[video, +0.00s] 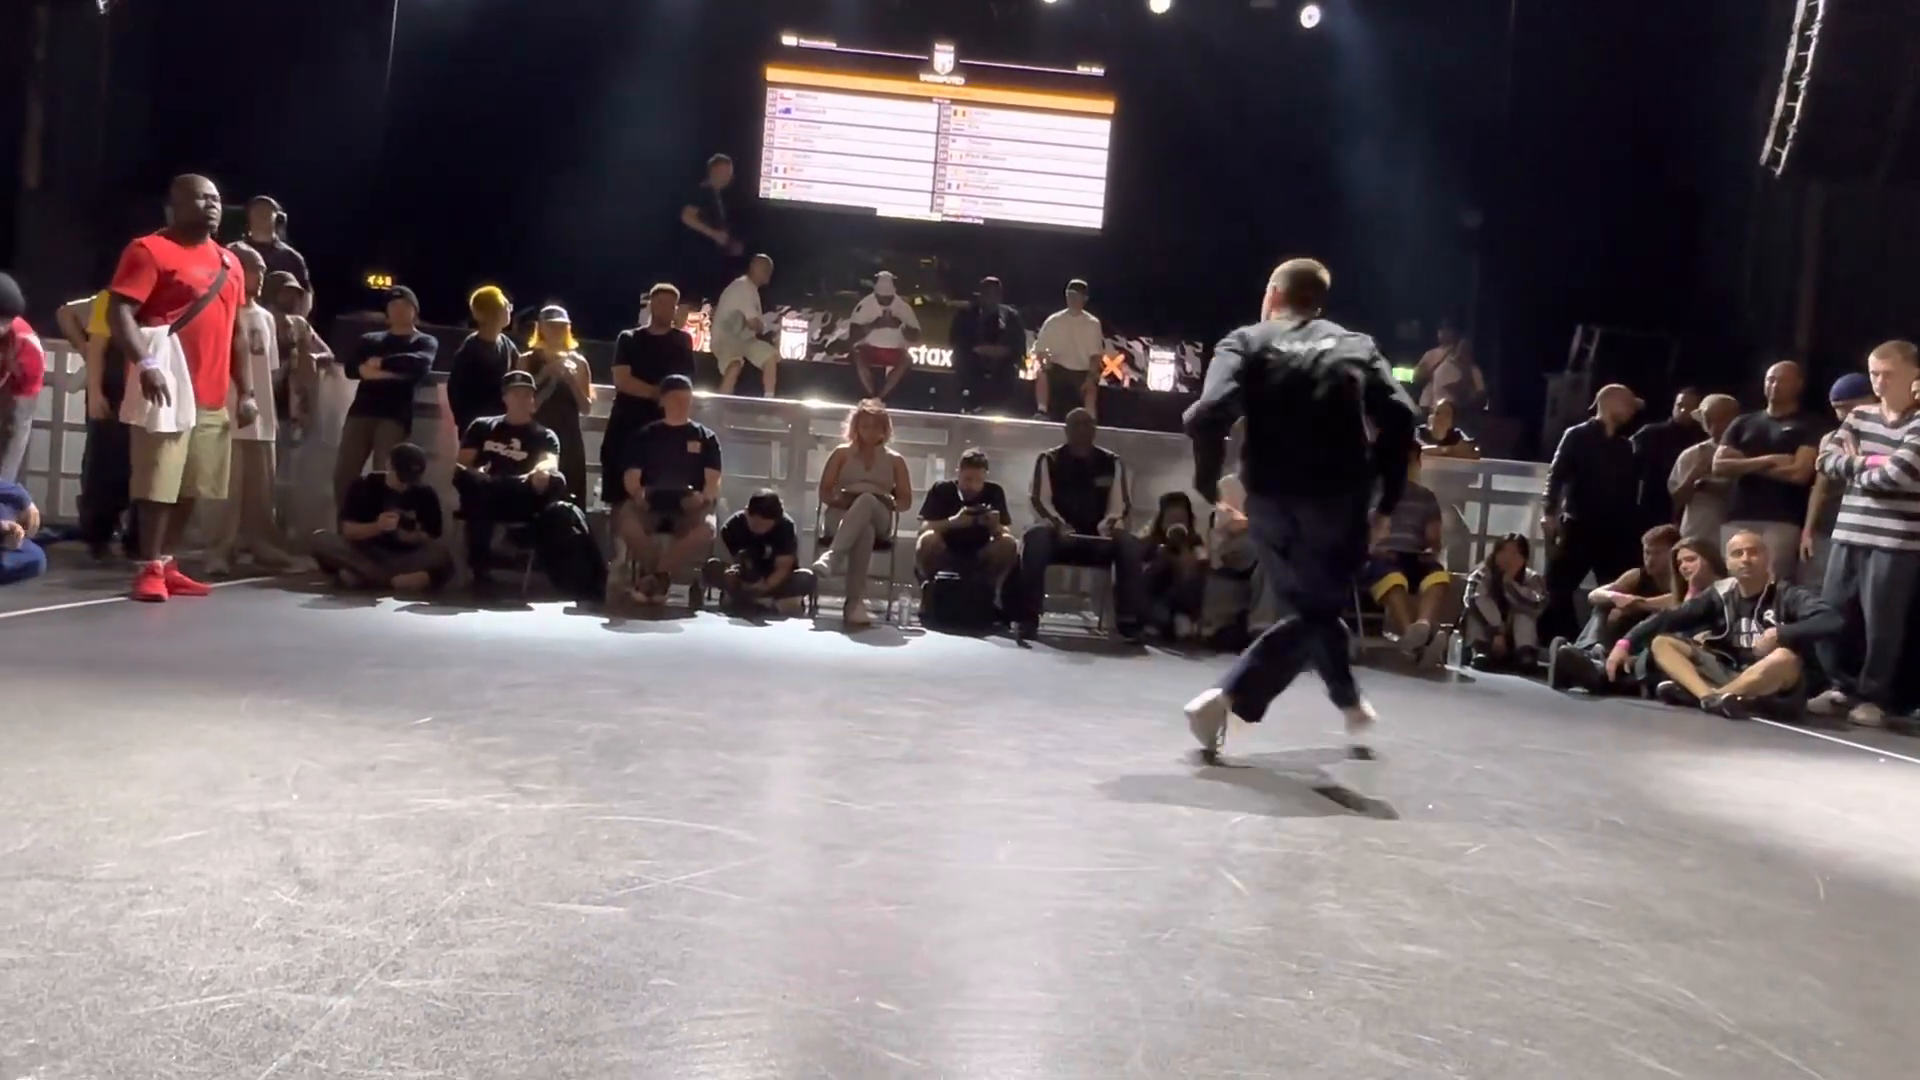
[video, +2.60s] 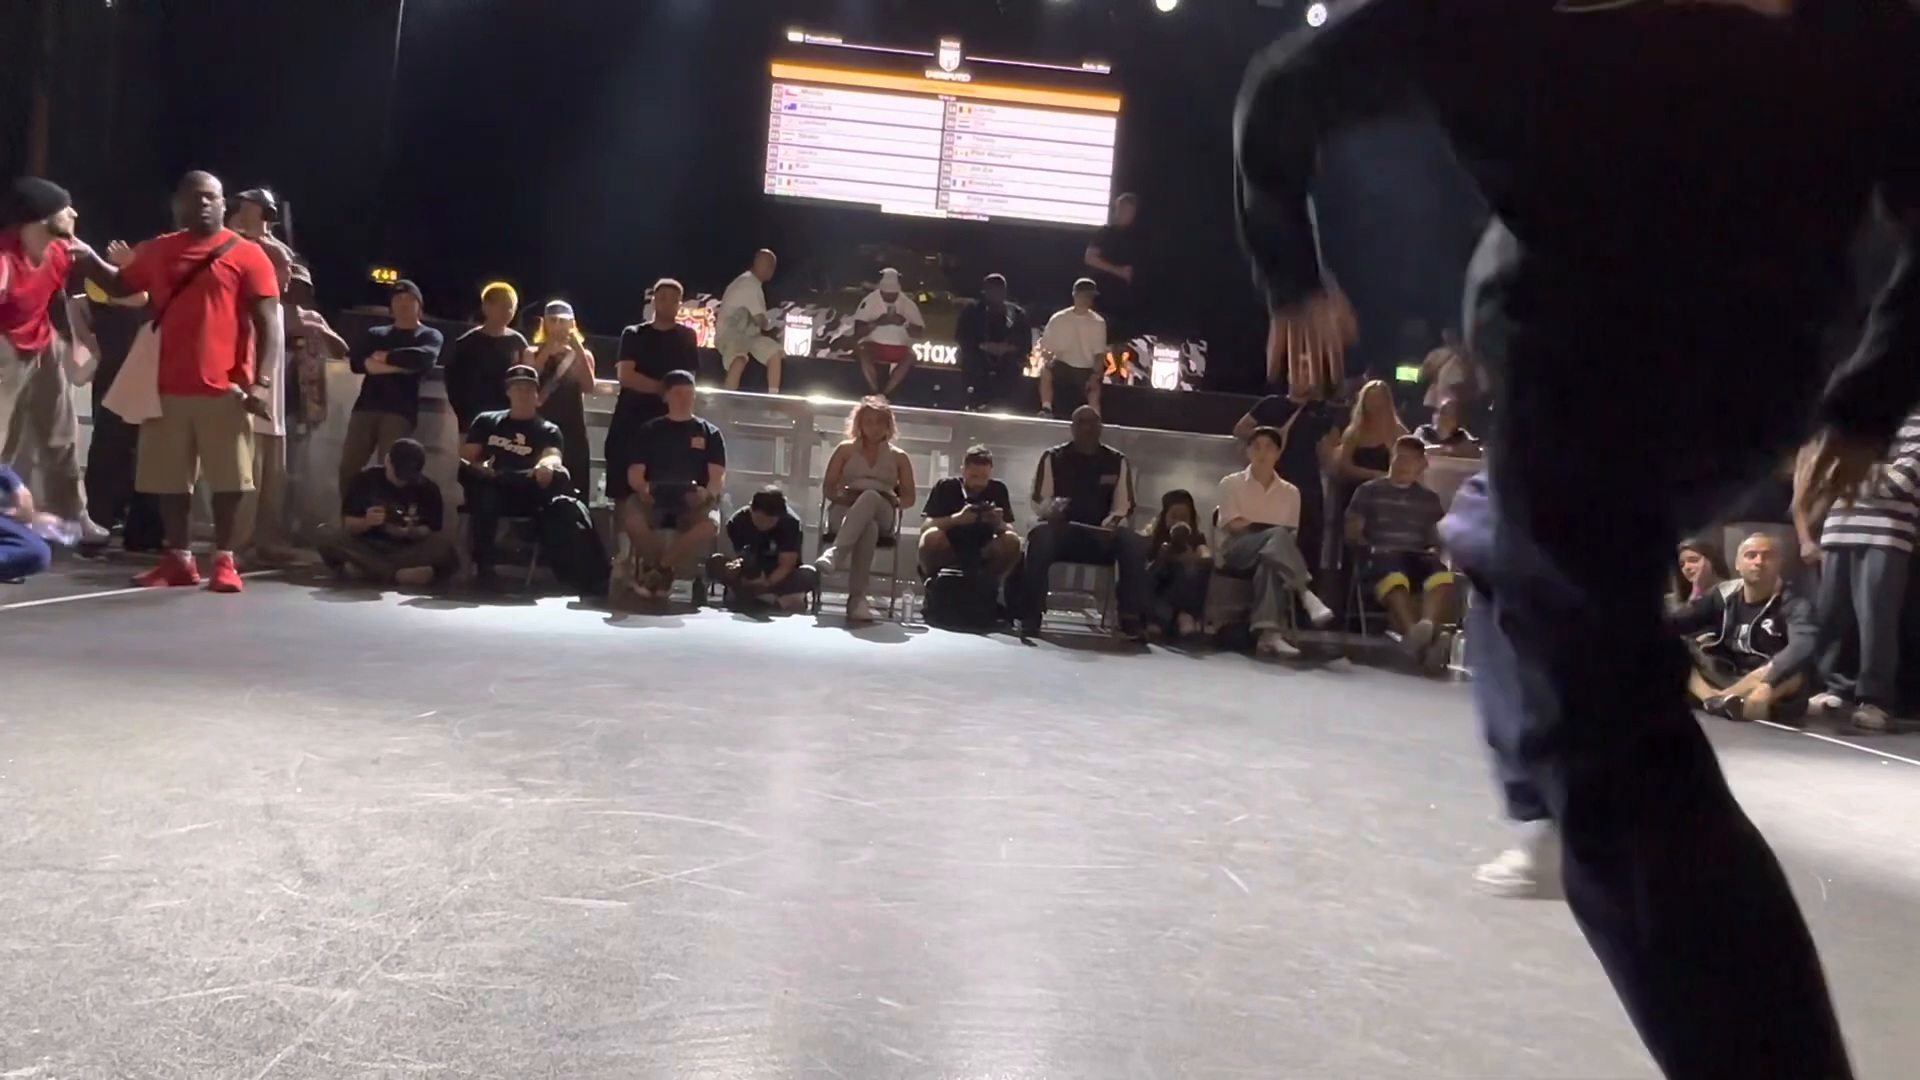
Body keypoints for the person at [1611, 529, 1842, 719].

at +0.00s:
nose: (1745, 559)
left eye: (1753, 552)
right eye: (1737, 554)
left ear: (1768, 558)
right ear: (1727, 562)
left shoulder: (1787, 594)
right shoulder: (1721, 594)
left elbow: (1832, 621)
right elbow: (1673, 618)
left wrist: (1780, 633)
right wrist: (1626, 643)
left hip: (1780, 686)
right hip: (1730, 678)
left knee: (1783, 657)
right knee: (1662, 644)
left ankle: (1711, 698)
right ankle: (1710, 698)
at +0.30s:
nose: (1757, 556)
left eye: (1764, 549)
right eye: (1747, 551)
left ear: (1774, 557)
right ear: (1735, 562)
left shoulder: (1794, 596)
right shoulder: (1724, 593)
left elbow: (1806, 628)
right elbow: (1677, 615)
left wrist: (1760, 649)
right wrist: (1631, 640)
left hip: (1778, 685)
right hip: (1731, 675)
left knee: (1788, 659)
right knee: (1664, 642)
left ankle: (1718, 696)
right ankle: (1713, 697)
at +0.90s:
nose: (1762, 559)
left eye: (1765, 552)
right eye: (1752, 554)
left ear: (1771, 553)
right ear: (1732, 562)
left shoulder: (1793, 590)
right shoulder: (1721, 591)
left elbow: (1795, 628)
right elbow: (1671, 614)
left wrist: (1754, 656)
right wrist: (1658, 633)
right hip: (1729, 667)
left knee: (1793, 661)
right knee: (1663, 643)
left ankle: (1718, 694)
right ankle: (1714, 694)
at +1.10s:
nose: (1758, 558)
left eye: (1762, 550)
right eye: (1748, 552)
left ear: (1770, 554)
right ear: (1732, 561)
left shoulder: (1792, 593)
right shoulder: (1722, 591)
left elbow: (1768, 633)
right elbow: (1669, 616)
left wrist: (1717, 655)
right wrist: (1685, 638)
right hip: (1728, 674)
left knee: (1789, 659)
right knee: (1658, 637)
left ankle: (1717, 694)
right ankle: (1713, 694)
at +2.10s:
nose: (1760, 558)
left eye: (1767, 551)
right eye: (1752, 552)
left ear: (1776, 557)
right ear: (1738, 560)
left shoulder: (1795, 592)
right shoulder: (1728, 590)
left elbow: (1794, 629)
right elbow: (1680, 610)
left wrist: (1742, 649)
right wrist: (1667, 624)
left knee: (1788, 659)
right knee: (1661, 637)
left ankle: (1712, 697)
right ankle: (1711, 694)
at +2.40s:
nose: (1762, 560)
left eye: (1770, 554)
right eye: (1754, 554)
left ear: (1781, 561)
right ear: (1740, 562)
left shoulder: (1796, 599)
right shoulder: (1727, 593)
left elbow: (1796, 634)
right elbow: (1685, 611)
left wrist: (1767, 664)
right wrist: (1639, 630)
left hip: (1774, 679)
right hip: (1730, 672)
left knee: (1792, 667)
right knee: (1667, 644)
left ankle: (1714, 698)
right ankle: (1712, 696)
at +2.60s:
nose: (1759, 562)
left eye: (1767, 556)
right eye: (1751, 555)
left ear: (1778, 564)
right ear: (1738, 564)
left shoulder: (1792, 602)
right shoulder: (1724, 593)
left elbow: (1802, 644)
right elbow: (1686, 619)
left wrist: (1764, 677)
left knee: (1795, 674)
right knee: (1674, 650)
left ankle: (1727, 697)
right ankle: (1712, 698)